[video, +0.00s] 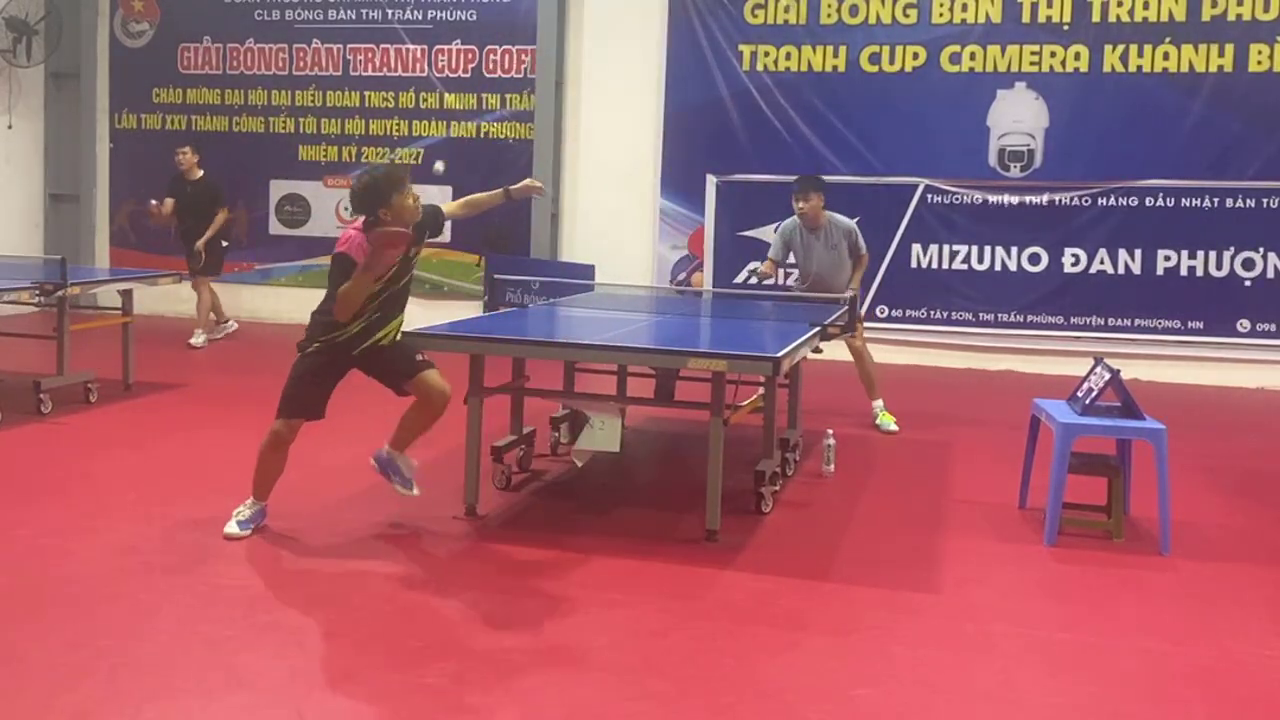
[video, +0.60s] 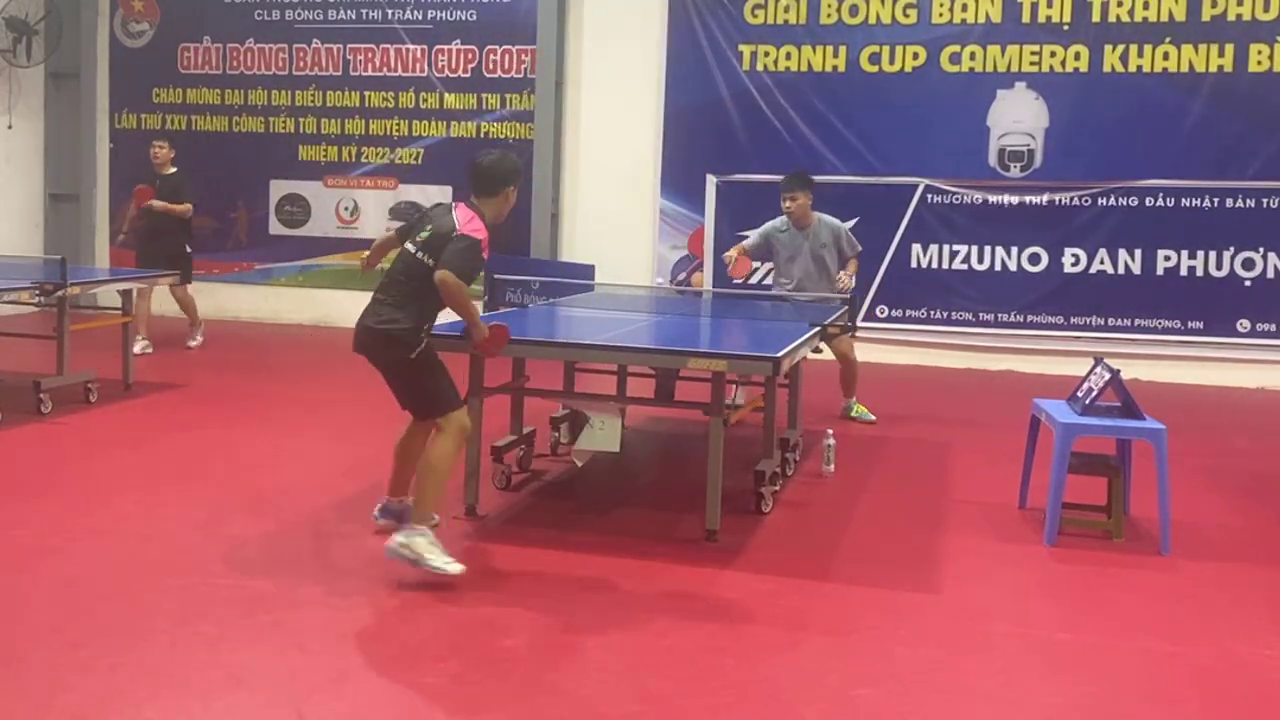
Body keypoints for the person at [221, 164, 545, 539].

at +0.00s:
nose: (416, 197)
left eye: (412, 191)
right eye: (408, 194)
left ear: (398, 205)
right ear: (385, 209)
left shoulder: (415, 225)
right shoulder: (354, 242)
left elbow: (462, 207)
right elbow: (341, 309)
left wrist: (511, 192)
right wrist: (373, 269)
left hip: (380, 339)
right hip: (330, 342)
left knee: (437, 393)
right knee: (282, 431)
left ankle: (391, 455)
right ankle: (255, 505)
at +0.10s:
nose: (426, 229)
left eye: (423, 222)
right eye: (419, 225)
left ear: (411, 228)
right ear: (395, 234)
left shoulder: (417, 241)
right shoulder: (359, 255)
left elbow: (446, 222)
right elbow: (318, 300)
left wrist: (479, 205)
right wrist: (364, 272)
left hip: (384, 350)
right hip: (332, 357)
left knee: (438, 416)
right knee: (288, 442)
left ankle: (393, 482)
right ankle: (256, 506)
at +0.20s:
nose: (454, 250)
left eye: (453, 243)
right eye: (447, 245)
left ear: (425, 246)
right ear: (421, 247)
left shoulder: (428, 259)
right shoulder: (379, 257)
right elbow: (329, 272)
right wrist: (382, 309)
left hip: (389, 361)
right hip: (340, 369)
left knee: (447, 427)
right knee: (297, 453)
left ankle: (400, 502)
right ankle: (258, 507)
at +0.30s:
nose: (487, 252)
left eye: (489, 246)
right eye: (486, 245)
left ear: (463, 240)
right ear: (465, 242)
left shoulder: (443, 258)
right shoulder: (406, 259)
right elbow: (356, 269)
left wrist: (404, 336)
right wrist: (390, 324)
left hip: (393, 345)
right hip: (349, 344)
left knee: (450, 428)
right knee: (332, 453)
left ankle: (401, 501)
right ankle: (263, 494)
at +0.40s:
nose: (503, 237)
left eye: (505, 229)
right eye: (503, 229)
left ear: (472, 221)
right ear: (489, 228)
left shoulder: (449, 243)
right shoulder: (436, 254)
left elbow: (405, 252)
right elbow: (394, 271)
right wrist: (425, 326)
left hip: (397, 349)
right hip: (362, 350)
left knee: (448, 427)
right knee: (381, 446)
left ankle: (402, 501)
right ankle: (293, 482)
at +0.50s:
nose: (508, 219)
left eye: (511, 210)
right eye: (509, 210)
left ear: (476, 202)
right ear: (498, 209)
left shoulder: (441, 221)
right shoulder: (456, 239)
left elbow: (398, 242)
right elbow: (424, 272)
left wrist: (372, 261)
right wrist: (456, 320)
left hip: (398, 339)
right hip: (378, 342)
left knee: (443, 421)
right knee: (427, 427)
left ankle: (400, 502)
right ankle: (341, 498)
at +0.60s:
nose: (517, 198)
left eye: (515, 190)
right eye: (516, 190)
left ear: (476, 186)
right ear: (507, 193)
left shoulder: (442, 212)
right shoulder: (473, 233)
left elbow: (392, 238)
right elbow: (446, 278)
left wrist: (371, 257)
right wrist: (475, 322)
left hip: (374, 330)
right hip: (400, 335)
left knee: (425, 418)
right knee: (456, 423)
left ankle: (396, 503)